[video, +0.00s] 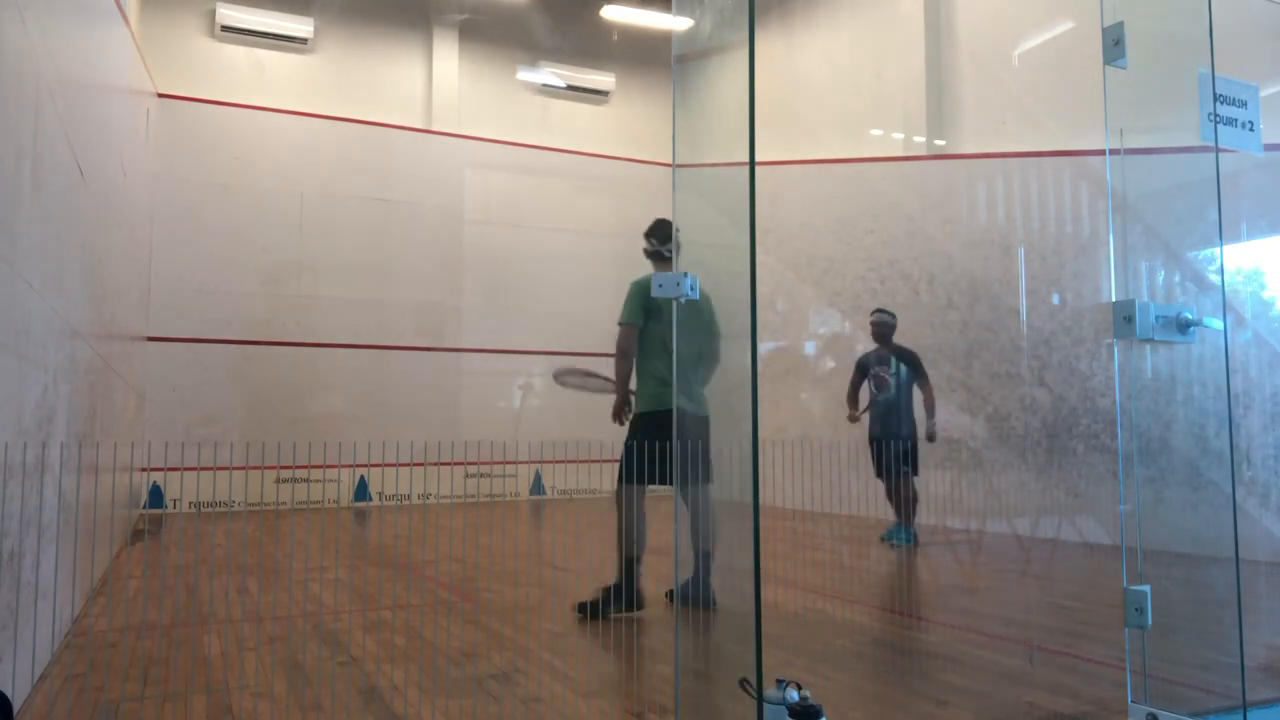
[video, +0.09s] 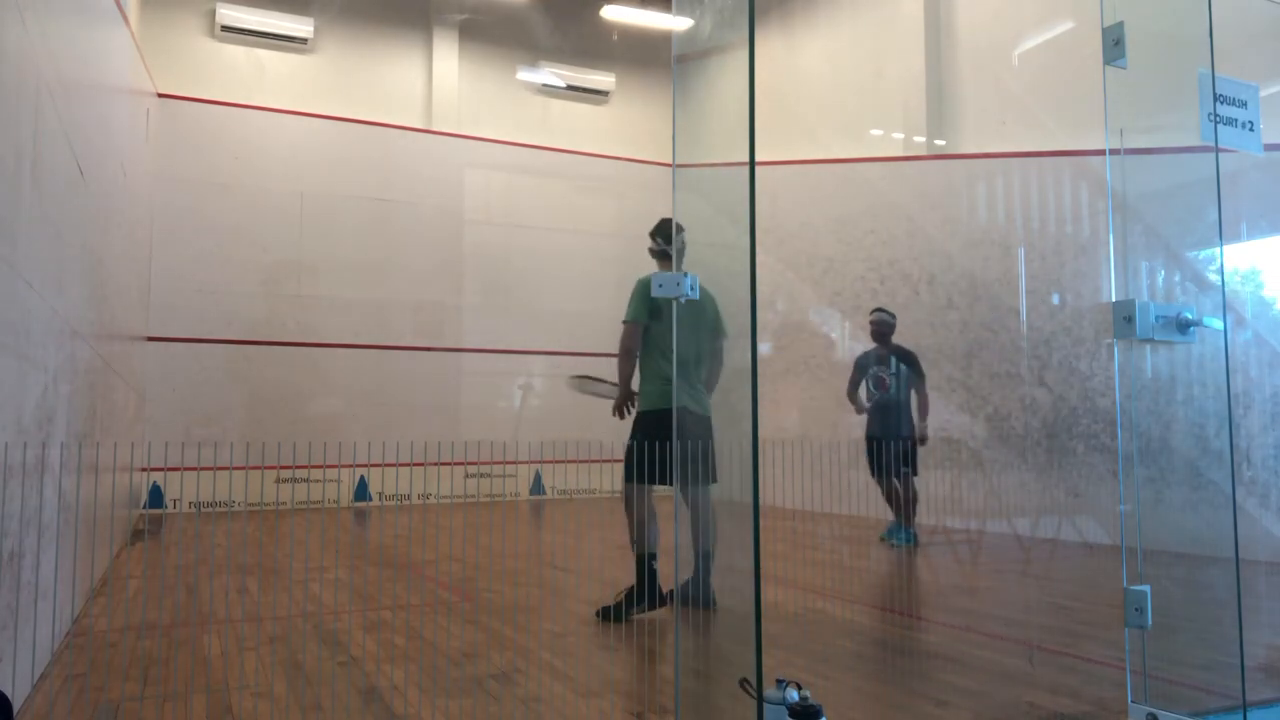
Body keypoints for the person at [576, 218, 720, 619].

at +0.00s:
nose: (648, 255)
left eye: (647, 248)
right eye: (658, 246)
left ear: (648, 250)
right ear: (678, 249)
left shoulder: (642, 289)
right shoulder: (698, 293)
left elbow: (625, 345)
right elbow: (712, 353)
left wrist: (622, 393)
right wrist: (691, 387)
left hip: (654, 412)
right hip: (693, 413)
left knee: (629, 492)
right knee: (698, 495)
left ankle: (626, 586)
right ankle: (702, 582)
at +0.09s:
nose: (653, 255)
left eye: (652, 249)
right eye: (658, 248)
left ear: (653, 250)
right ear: (685, 249)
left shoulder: (647, 287)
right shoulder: (705, 296)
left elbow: (630, 343)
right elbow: (716, 358)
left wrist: (623, 389)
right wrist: (698, 397)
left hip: (656, 411)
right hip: (696, 414)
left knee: (636, 492)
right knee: (697, 495)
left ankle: (646, 586)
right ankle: (701, 584)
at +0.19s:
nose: (656, 253)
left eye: (656, 247)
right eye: (662, 246)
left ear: (656, 249)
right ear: (687, 248)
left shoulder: (650, 286)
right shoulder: (707, 296)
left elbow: (633, 340)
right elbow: (714, 361)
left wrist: (619, 387)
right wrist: (708, 404)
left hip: (660, 410)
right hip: (699, 412)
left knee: (641, 492)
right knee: (697, 495)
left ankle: (647, 587)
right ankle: (700, 584)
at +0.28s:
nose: (658, 252)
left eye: (658, 246)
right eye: (664, 246)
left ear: (657, 247)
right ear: (688, 247)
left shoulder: (652, 284)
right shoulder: (707, 295)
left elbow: (634, 337)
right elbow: (719, 356)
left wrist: (612, 388)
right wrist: (728, 400)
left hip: (660, 410)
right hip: (699, 412)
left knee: (644, 492)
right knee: (697, 495)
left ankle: (646, 587)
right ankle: (701, 584)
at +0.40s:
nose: (660, 252)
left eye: (660, 247)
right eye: (666, 247)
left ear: (658, 246)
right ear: (689, 247)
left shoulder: (653, 285)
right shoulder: (708, 295)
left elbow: (636, 337)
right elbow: (729, 354)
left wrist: (608, 388)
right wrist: (742, 395)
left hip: (662, 411)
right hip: (701, 413)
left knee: (643, 490)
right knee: (698, 494)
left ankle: (646, 588)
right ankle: (701, 584)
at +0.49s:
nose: (659, 251)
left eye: (659, 246)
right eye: (664, 245)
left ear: (658, 246)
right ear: (690, 246)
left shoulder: (655, 284)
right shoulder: (708, 294)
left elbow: (640, 334)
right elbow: (734, 349)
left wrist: (610, 388)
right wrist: (744, 390)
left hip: (662, 412)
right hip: (700, 413)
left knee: (643, 491)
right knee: (699, 494)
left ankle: (646, 588)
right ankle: (701, 585)